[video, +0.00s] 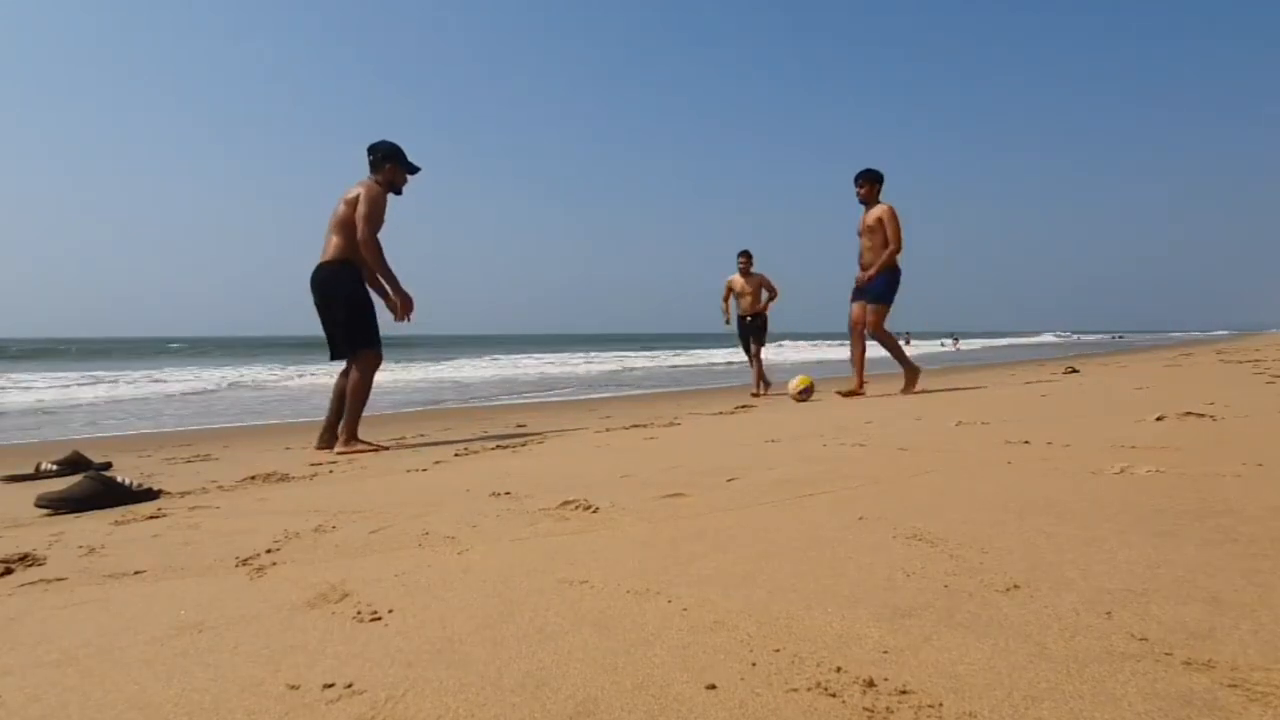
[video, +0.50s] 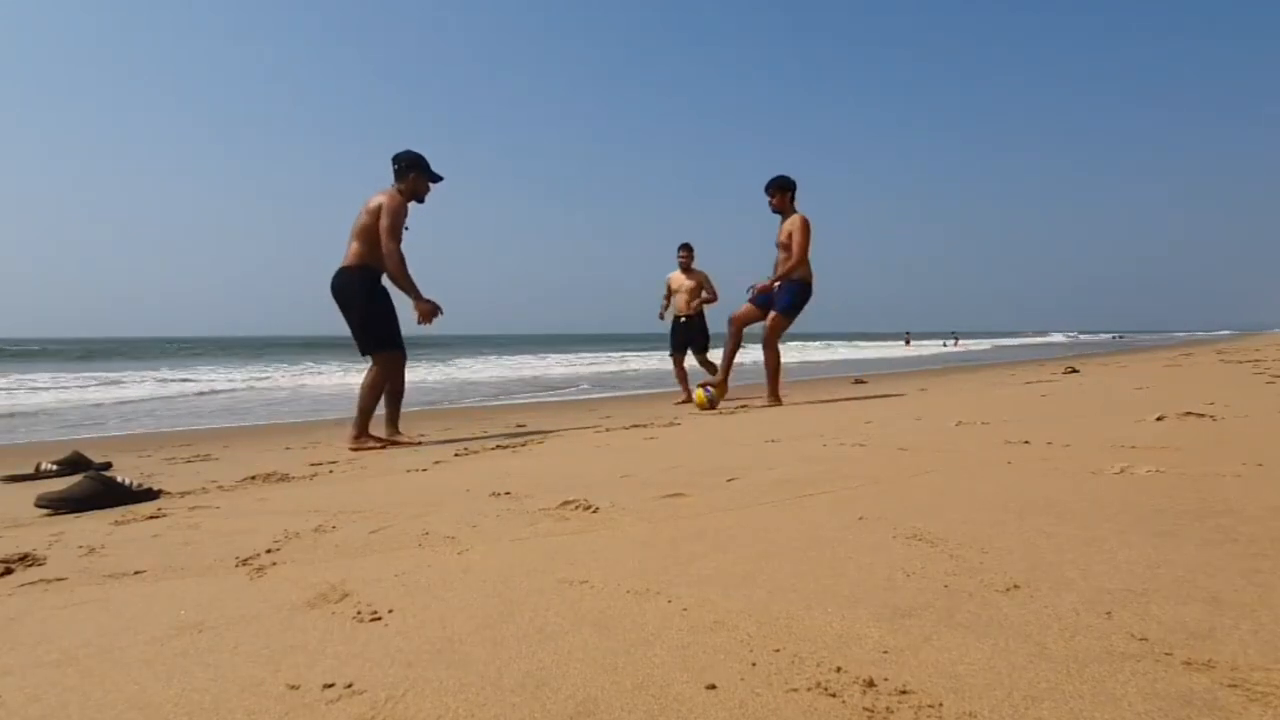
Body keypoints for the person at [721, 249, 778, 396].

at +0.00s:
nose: (742, 266)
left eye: (745, 263)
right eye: (740, 263)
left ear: (751, 263)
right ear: (737, 264)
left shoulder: (759, 279)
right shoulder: (731, 282)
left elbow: (773, 292)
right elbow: (725, 299)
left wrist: (765, 305)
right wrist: (727, 314)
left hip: (757, 315)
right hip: (742, 317)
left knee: (755, 353)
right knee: (750, 356)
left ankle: (756, 388)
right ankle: (765, 381)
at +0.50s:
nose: (683, 260)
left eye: (686, 257)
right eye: (680, 257)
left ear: (692, 258)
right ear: (677, 258)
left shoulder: (700, 276)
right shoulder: (671, 278)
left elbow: (713, 296)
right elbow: (667, 297)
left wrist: (700, 300)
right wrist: (663, 309)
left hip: (695, 318)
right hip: (678, 319)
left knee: (701, 358)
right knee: (677, 360)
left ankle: (720, 380)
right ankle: (686, 394)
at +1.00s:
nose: (621, 260)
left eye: (624, 257)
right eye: (618, 257)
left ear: (628, 259)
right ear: (612, 258)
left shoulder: (633, 279)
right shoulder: (602, 277)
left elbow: (642, 301)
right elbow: (595, 297)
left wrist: (632, 312)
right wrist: (595, 312)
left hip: (623, 322)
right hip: (603, 321)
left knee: (627, 365)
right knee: (588, 362)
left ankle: (639, 399)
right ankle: (577, 402)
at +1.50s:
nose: (578, 259)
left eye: (581, 256)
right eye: (575, 255)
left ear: (583, 257)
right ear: (567, 256)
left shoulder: (585, 279)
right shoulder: (555, 276)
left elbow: (590, 300)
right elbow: (543, 297)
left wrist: (590, 314)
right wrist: (541, 316)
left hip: (575, 323)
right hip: (556, 321)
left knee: (574, 368)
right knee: (544, 366)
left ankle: (566, 405)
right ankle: (531, 405)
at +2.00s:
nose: (553, 252)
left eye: (555, 248)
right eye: (549, 248)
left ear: (556, 250)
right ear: (539, 249)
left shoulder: (558, 271)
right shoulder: (529, 270)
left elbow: (560, 295)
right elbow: (519, 296)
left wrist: (570, 314)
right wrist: (533, 311)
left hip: (556, 321)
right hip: (535, 321)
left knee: (563, 363)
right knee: (531, 366)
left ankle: (562, 403)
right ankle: (529, 407)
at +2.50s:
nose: (583, 251)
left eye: (585, 247)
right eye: (578, 247)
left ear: (586, 250)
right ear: (569, 249)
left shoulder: (587, 274)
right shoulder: (559, 271)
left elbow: (592, 301)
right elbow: (545, 297)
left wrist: (603, 327)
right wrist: (554, 321)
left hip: (582, 323)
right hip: (562, 323)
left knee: (594, 363)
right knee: (547, 369)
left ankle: (591, 404)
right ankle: (531, 406)